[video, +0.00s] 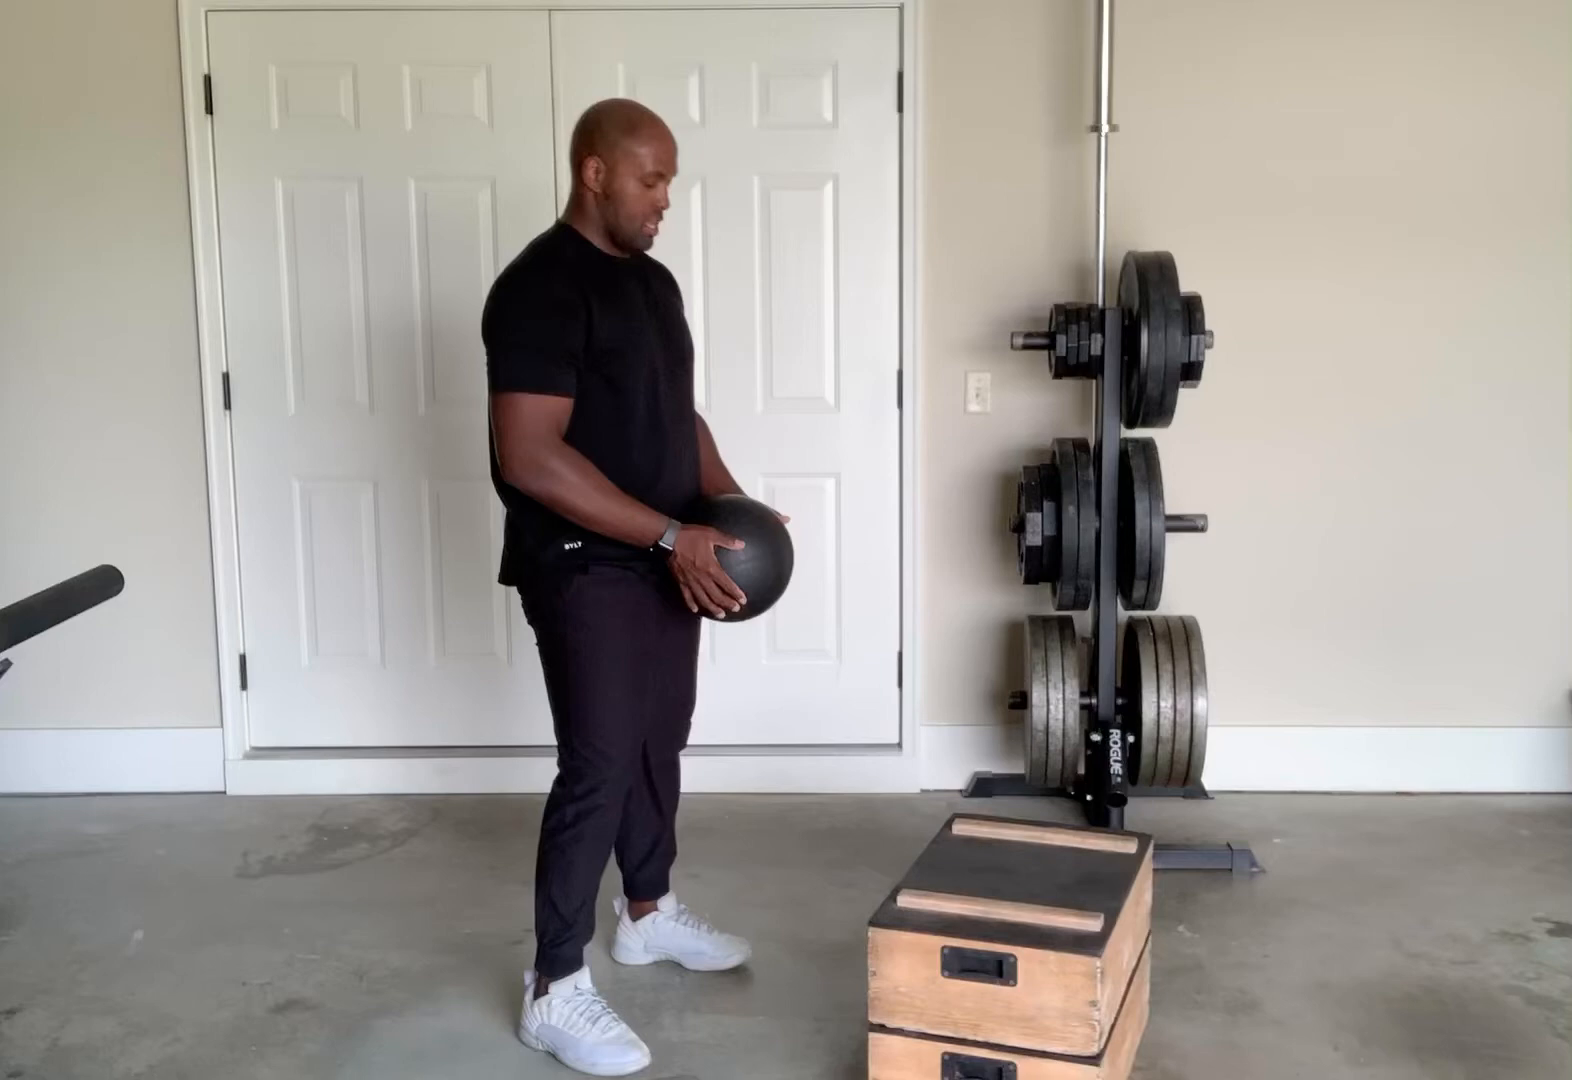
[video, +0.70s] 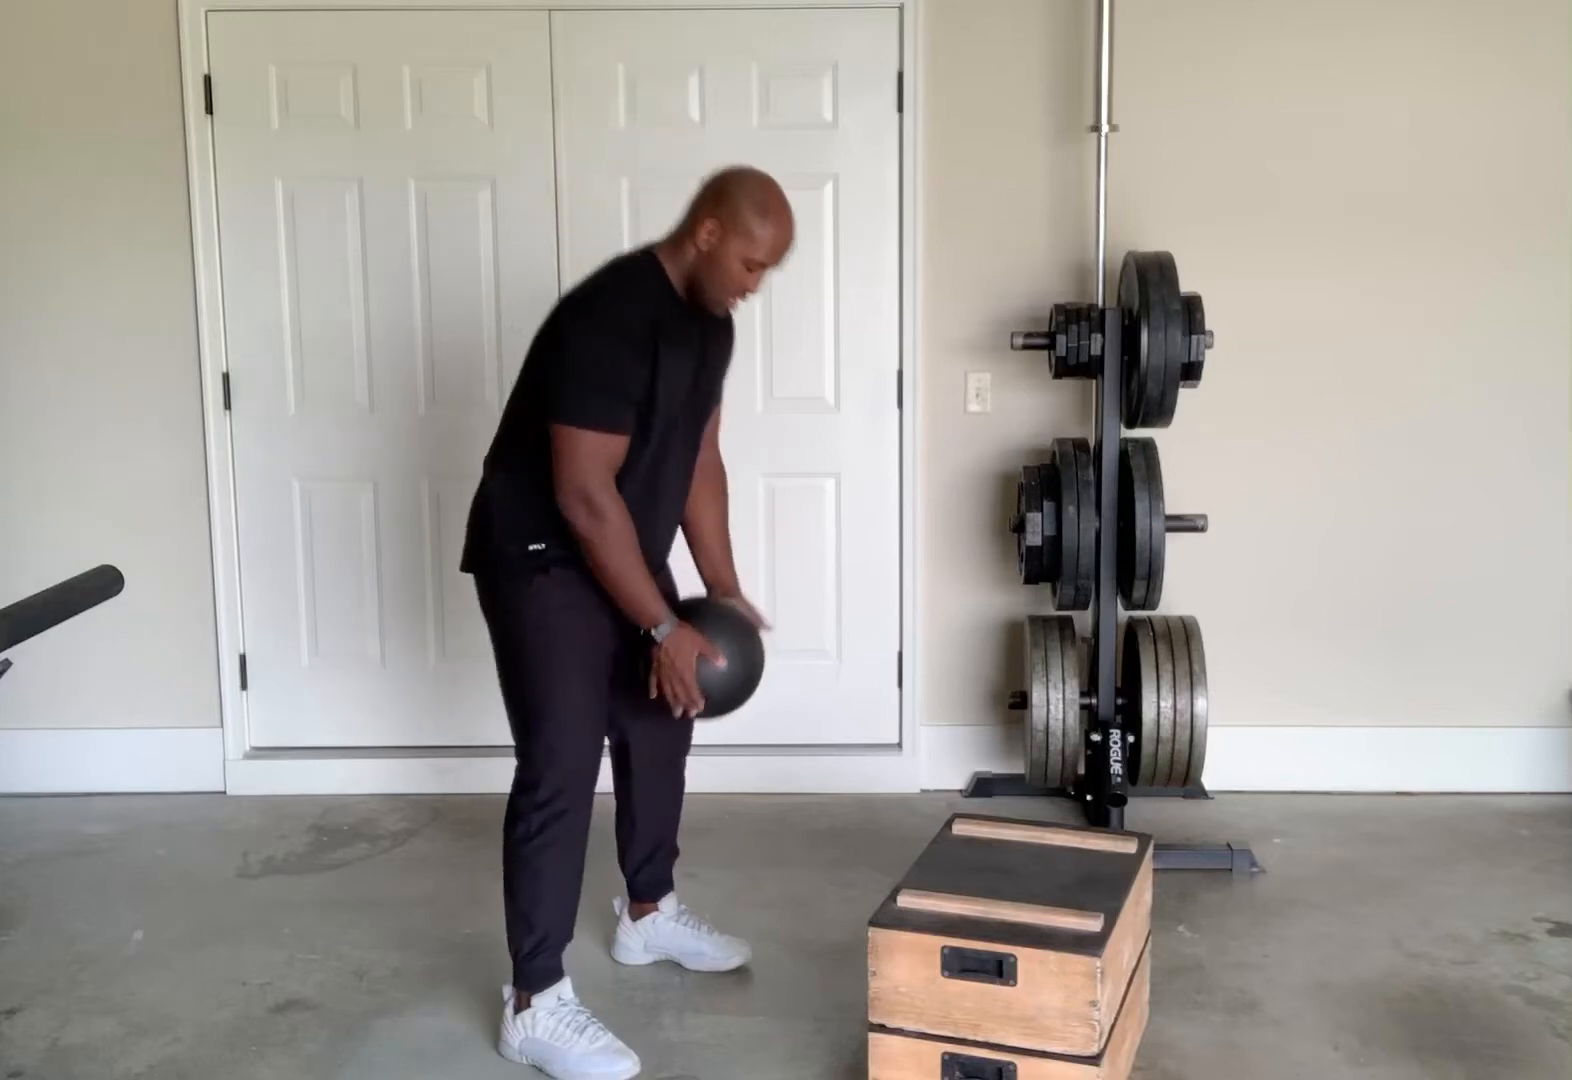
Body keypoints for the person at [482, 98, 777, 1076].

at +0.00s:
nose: (664, 200)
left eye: (670, 182)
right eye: (650, 180)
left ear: (651, 179)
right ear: (590, 172)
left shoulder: (653, 285)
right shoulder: (537, 289)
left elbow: (678, 424)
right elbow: (526, 458)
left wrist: (737, 512)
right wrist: (668, 536)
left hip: (660, 558)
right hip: (580, 566)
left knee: (658, 741)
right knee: (599, 765)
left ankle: (647, 913)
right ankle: (555, 985)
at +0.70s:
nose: (757, 283)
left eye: (767, 269)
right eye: (752, 264)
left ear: (741, 247)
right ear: (703, 230)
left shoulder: (709, 323)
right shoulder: (609, 314)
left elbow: (697, 461)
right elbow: (582, 493)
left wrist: (724, 591)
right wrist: (661, 624)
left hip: (627, 548)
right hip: (539, 555)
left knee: (659, 723)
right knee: (560, 761)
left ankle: (647, 915)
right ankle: (536, 999)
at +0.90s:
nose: (819, 410)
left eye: (830, 397)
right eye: (817, 390)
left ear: (784, 362)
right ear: (771, 353)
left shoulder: (755, 416)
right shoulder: (671, 415)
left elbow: (714, 548)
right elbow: (617, 597)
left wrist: (698, 695)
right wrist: (630, 737)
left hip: (597, 557)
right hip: (501, 556)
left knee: (667, 713)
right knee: (545, 762)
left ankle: (649, 913)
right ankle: (534, 1000)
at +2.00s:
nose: (794, 315)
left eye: (792, 296)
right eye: (778, 296)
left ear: (731, 313)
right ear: (718, 310)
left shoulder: (736, 409)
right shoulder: (647, 403)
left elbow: (698, 531)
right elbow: (573, 577)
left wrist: (718, 658)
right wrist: (666, 700)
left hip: (602, 567)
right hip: (502, 570)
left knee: (682, 717)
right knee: (580, 778)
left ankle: (649, 915)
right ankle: (536, 1002)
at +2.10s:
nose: (725, 210)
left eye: (721, 194)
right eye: (706, 196)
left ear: (662, 213)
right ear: (646, 211)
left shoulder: (695, 317)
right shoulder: (586, 320)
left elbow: (684, 430)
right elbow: (577, 489)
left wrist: (758, 482)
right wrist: (727, 508)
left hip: (647, 568)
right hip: (553, 575)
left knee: (704, 730)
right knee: (602, 783)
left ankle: (656, 910)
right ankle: (539, 1000)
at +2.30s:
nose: (691, 151)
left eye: (685, 140)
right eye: (672, 139)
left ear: (658, 150)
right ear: (628, 151)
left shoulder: (696, 231)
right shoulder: (586, 235)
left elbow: (802, 175)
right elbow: (690, 154)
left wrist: (809, 30)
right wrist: (750, 22)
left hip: (703, 518)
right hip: (610, 543)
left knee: (876, 546)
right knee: (595, 781)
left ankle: (777, 743)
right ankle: (540, 1001)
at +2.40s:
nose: (752, 162)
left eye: (756, 144)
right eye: (736, 143)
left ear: (740, 149)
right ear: (681, 137)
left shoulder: (723, 215)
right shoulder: (628, 208)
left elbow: (761, 76)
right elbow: (667, 30)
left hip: (740, 512)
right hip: (637, 537)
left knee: (913, 531)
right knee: (598, 773)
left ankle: (912, 762)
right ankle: (543, 997)